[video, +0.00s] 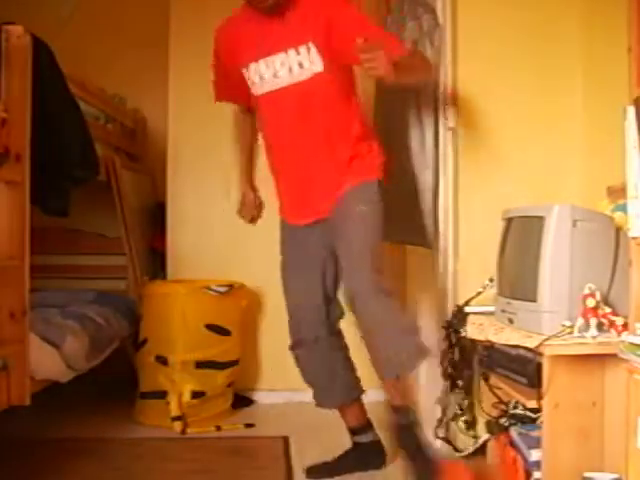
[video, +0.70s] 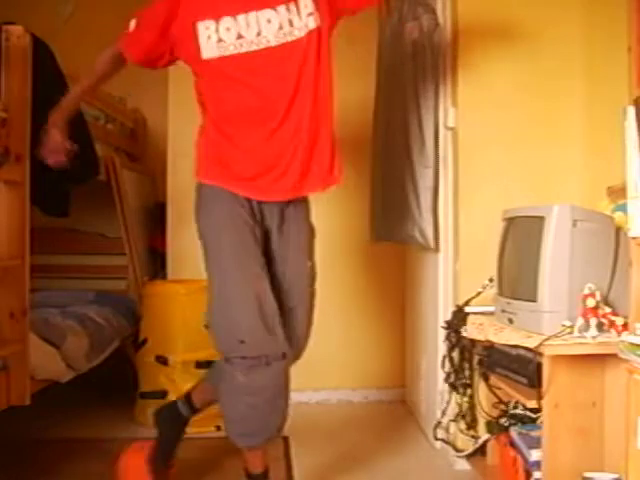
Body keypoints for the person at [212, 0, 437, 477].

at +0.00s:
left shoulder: (327, 13)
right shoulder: (233, 35)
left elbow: (423, 70)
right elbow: (245, 109)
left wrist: (392, 69)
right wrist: (246, 183)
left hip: (352, 177)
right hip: (297, 196)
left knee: (366, 291)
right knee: (309, 323)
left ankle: (406, 427)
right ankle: (364, 443)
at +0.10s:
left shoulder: (337, 4)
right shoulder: (222, 15)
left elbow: (400, 39)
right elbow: (199, 88)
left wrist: (432, 53)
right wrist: (200, 155)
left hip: (340, 151)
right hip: (286, 165)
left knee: (316, 284)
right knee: (275, 301)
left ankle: (332, 415)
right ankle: (336, 408)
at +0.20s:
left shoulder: (337, 4)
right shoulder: (218, 14)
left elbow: (402, 34)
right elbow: (161, 80)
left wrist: (457, 32)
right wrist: (133, 136)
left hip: (332, 166)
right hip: (275, 170)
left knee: (286, 304)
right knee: (217, 291)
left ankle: (304, 429)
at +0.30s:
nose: (258, 3)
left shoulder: (330, 7)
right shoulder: (215, 19)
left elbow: (410, 38)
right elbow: (140, 67)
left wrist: (473, 15)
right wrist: (90, 117)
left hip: (320, 186)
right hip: (263, 190)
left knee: (274, 320)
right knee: (202, 306)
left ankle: (306, 438)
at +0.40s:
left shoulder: (322, 2)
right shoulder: (197, 7)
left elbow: (406, 7)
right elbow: (124, 44)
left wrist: (453, 5)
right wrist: (74, 97)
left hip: (310, 170)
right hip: (252, 168)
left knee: (273, 307)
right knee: (199, 290)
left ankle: (297, 427)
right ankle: (135, 428)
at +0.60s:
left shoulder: (321, 2)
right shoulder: (189, 7)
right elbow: (106, 39)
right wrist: (35, 89)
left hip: (306, 190)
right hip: (237, 188)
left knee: (270, 334)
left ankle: (173, 392)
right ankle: (252, 472)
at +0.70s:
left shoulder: (317, 1)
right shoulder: (181, 7)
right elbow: (118, 54)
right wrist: (60, 114)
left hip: (292, 190)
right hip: (226, 188)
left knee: (288, 340)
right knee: (254, 342)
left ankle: (179, 412)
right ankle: (258, 475)